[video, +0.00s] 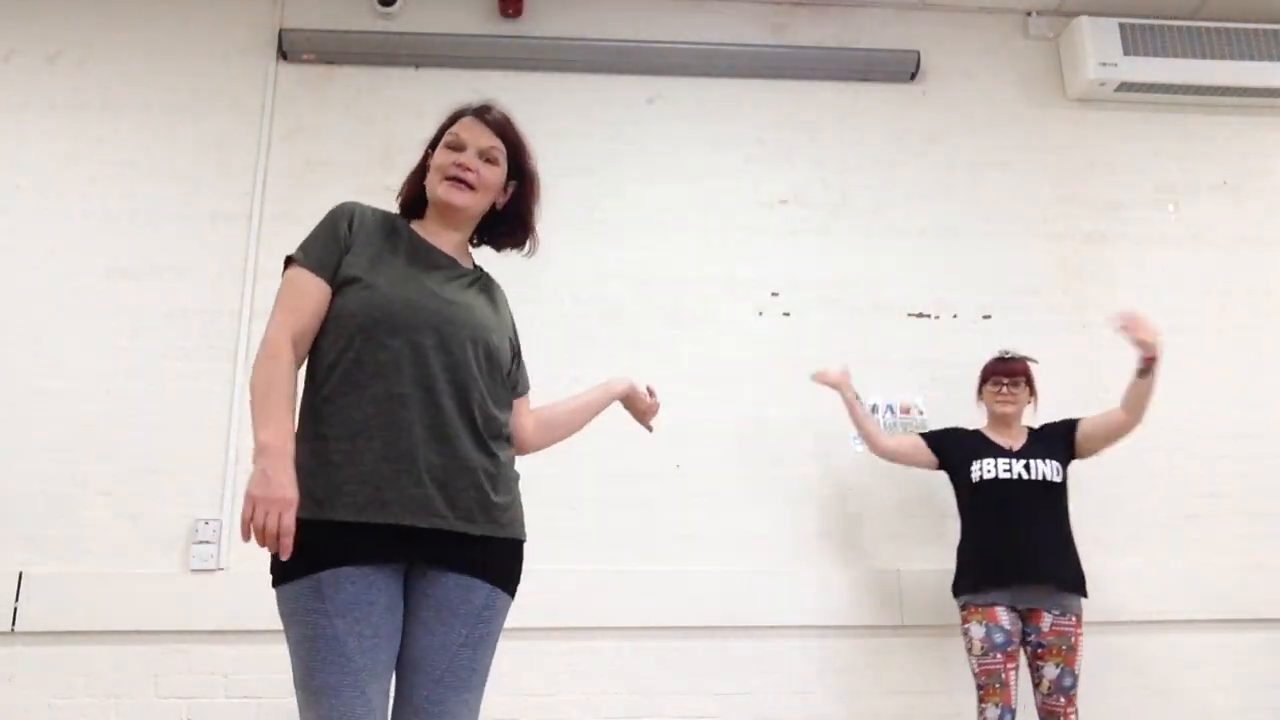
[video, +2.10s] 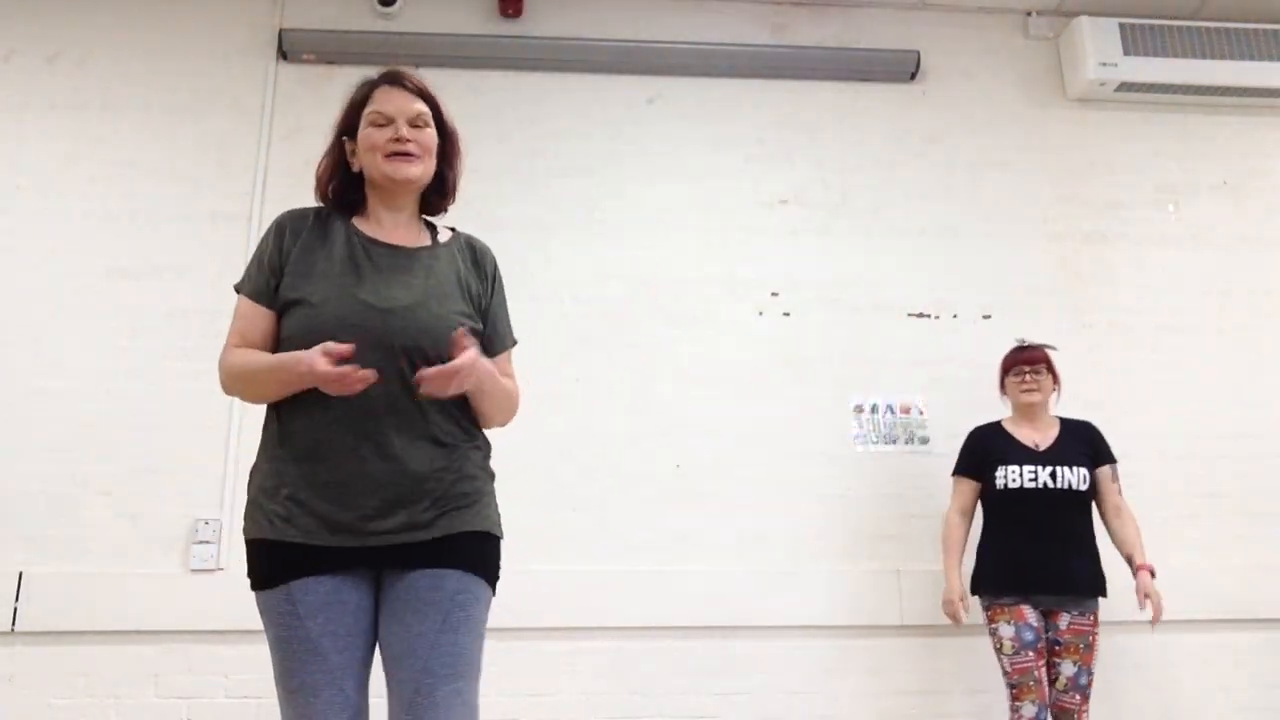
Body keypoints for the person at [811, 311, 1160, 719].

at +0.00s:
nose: (1005, 390)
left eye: (1015, 384)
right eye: (996, 384)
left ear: (1030, 395)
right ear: (981, 393)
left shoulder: (1057, 440)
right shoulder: (958, 444)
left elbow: (1126, 417)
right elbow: (884, 446)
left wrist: (1148, 361)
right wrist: (848, 393)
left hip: (1056, 593)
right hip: (985, 595)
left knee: (1059, 708)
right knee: (996, 708)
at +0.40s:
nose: (963, 391)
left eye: (972, 385)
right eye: (954, 383)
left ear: (984, 397)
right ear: (935, 392)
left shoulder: (1007, 433)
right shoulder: (912, 448)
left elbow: (1067, 400)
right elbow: (845, 444)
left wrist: (1094, 346)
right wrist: (807, 393)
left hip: (1028, 588)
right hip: (958, 595)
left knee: (1046, 708)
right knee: (980, 710)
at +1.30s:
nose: (946, 388)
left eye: (956, 381)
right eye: (936, 381)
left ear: (969, 390)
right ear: (920, 391)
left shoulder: (996, 428)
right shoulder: (904, 452)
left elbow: (1055, 411)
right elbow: (845, 478)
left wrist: (1034, 355)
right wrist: (816, 428)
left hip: (1028, 586)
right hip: (960, 596)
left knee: (1048, 705)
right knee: (982, 710)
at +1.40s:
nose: (953, 385)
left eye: (962, 378)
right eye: (942, 377)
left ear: (975, 386)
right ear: (927, 387)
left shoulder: (1005, 427)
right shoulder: (912, 446)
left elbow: (1076, 443)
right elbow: (849, 480)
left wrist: (1039, 409)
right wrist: (836, 465)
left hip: (1029, 583)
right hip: (962, 591)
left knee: (1049, 705)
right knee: (982, 708)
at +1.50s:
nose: (963, 381)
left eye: (973, 374)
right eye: (953, 375)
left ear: (988, 383)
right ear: (939, 386)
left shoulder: (1017, 429)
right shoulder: (922, 442)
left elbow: (1076, 480)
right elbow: (869, 481)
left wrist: (1070, 475)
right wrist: (856, 525)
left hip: (1033, 583)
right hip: (964, 589)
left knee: (1049, 703)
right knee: (984, 706)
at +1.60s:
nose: (977, 380)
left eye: (986, 373)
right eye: (967, 375)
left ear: (1002, 383)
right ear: (953, 387)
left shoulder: (1033, 433)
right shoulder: (936, 445)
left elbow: (1063, 500)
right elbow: (898, 508)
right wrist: (886, 575)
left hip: (1038, 590)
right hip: (970, 594)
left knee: (1052, 707)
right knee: (987, 708)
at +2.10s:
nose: (1028, 378)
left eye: (1038, 372)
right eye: (1018, 373)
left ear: (1054, 382)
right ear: (1004, 387)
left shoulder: (1084, 436)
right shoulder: (984, 440)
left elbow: (1115, 510)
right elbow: (959, 514)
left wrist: (1141, 568)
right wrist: (952, 580)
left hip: (1076, 594)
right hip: (1008, 594)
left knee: (1071, 707)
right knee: (1029, 706)